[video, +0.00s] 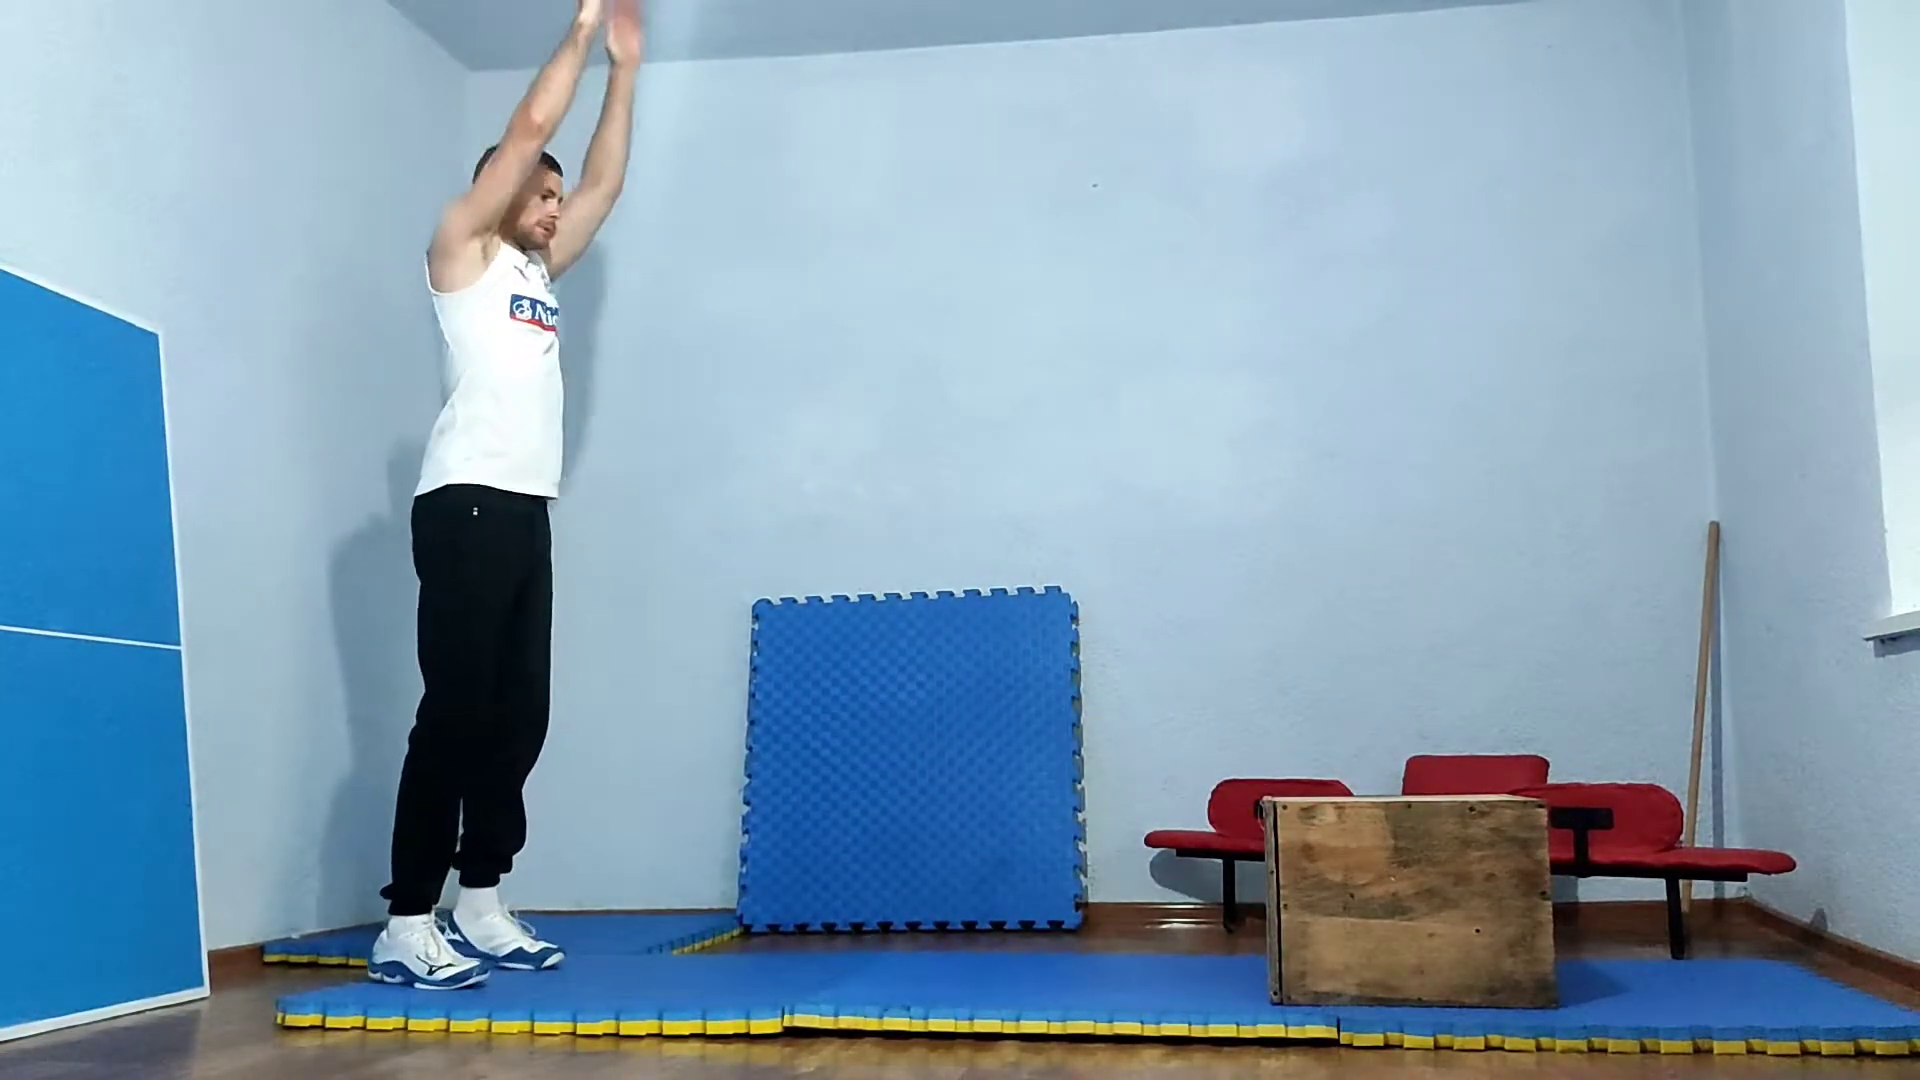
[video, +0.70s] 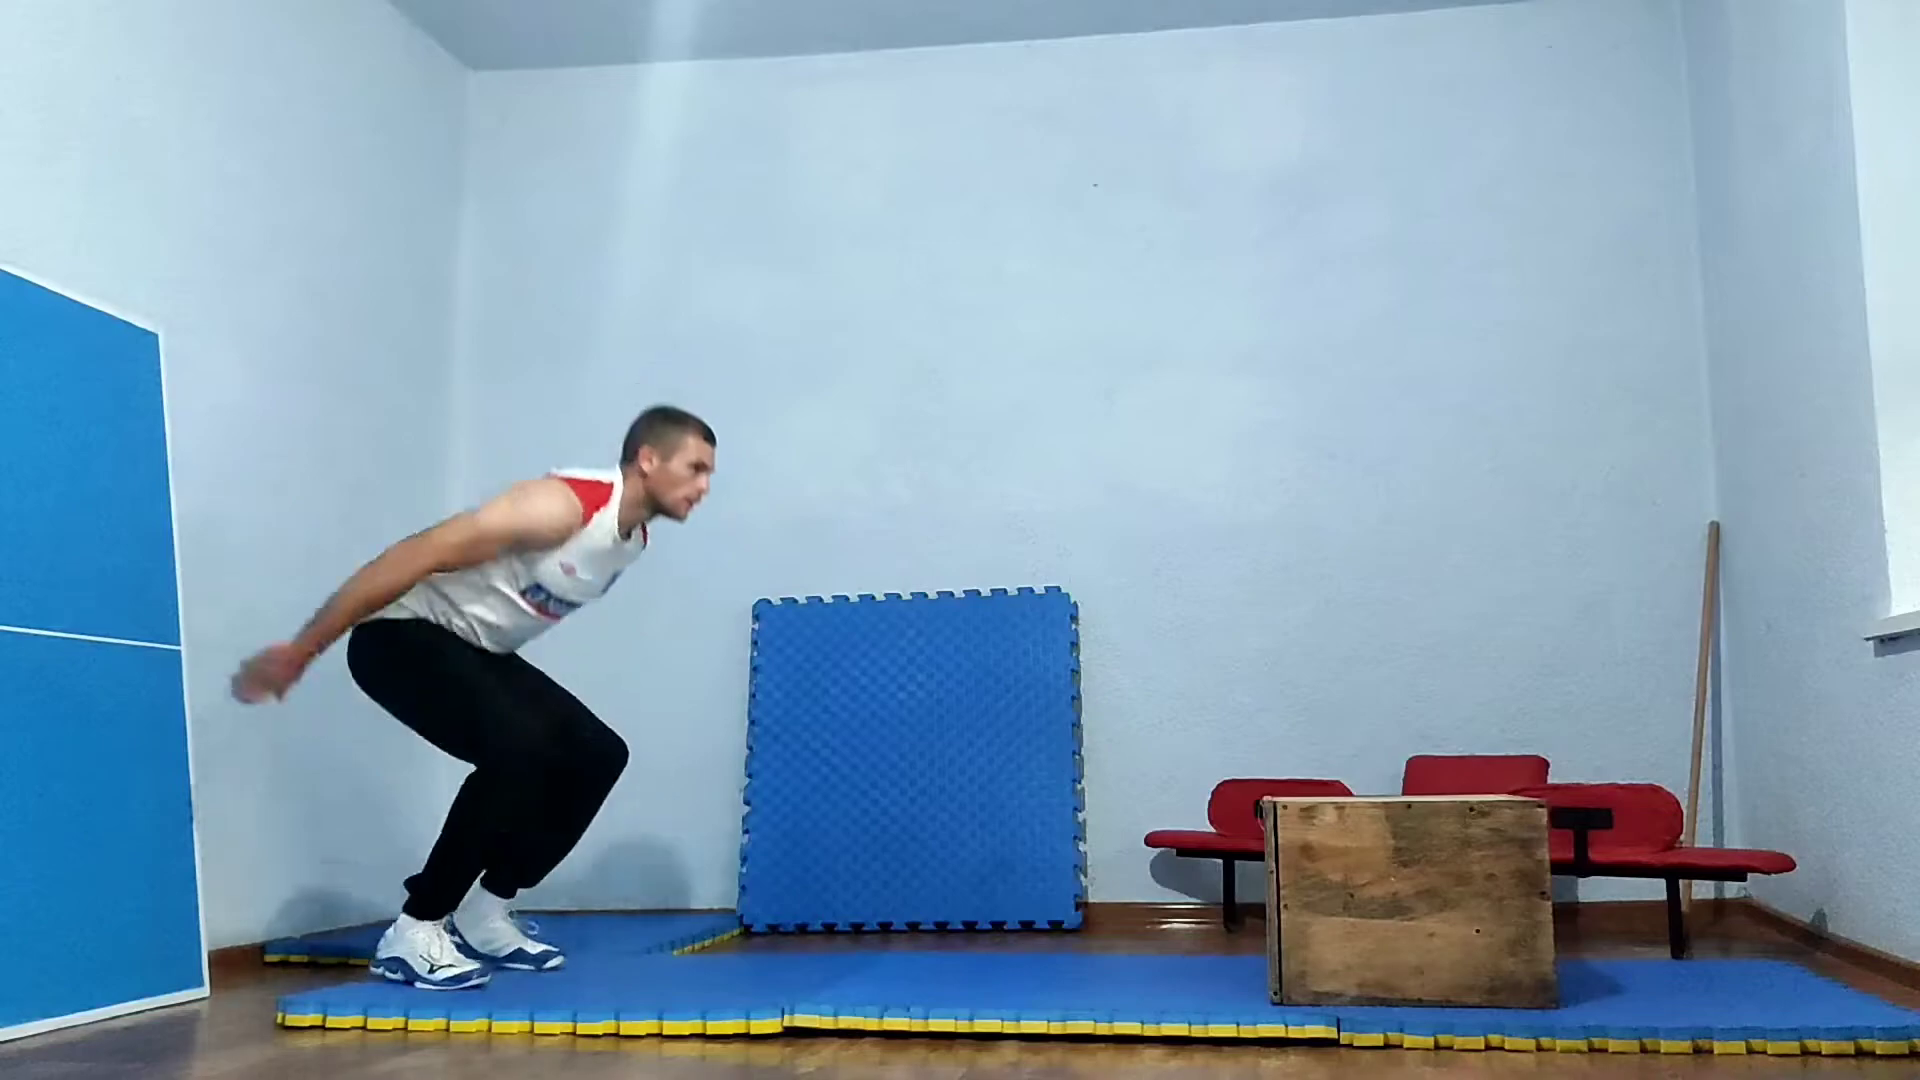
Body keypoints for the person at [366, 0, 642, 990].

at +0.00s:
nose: (555, 206)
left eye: (560, 195)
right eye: (541, 190)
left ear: (552, 209)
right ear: (498, 190)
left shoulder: (536, 272)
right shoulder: (465, 248)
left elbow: (603, 182)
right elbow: (531, 126)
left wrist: (624, 68)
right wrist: (585, 29)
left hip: (526, 517)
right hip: (465, 510)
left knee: (518, 719)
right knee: (457, 712)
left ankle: (478, 905)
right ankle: (406, 925)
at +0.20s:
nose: (576, 224)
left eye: (578, 210)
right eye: (566, 207)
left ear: (551, 215)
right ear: (515, 202)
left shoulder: (549, 296)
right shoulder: (472, 262)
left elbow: (655, 247)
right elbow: (580, 199)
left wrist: (724, 164)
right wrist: (677, 118)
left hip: (506, 534)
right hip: (442, 518)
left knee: (515, 724)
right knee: (455, 718)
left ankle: (472, 910)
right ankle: (405, 927)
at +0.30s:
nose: (592, 246)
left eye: (596, 234)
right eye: (582, 229)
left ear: (569, 237)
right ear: (532, 224)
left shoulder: (559, 314)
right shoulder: (474, 279)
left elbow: (678, 316)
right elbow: (594, 276)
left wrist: (775, 266)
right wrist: (718, 233)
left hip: (492, 544)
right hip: (427, 527)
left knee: (519, 723)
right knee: (454, 720)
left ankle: (473, 912)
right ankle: (405, 930)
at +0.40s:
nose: (616, 279)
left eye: (621, 268)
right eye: (607, 261)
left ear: (595, 273)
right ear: (556, 253)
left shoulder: (579, 349)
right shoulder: (498, 310)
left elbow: (666, 406)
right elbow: (573, 385)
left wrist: (780, 428)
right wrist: (686, 417)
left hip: (480, 554)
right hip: (413, 532)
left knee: (529, 722)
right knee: (459, 724)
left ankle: (474, 911)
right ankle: (406, 929)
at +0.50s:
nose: (648, 334)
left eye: (653, 322)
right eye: (639, 317)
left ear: (610, 316)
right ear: (591, 305)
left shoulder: (595, 406)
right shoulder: (520, 364)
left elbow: (640, 506)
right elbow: (520, 486)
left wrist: (720, 594)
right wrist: (578, 593)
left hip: (468, 572)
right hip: (401, 555)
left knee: (548, 730)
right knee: (474, 730)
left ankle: (476, 912)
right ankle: (407, 931)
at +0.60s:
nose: (681, 405)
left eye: (686, 392)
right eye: (672, 388)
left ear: (639, 390)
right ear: (622, 381)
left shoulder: (614, 472)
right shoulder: (539, 437)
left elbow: (590, 581)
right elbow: (451, 549)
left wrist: (592, 688)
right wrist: (404, 678)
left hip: (471, 602)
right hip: (400, 587)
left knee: (569, 741)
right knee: (498, 735)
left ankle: (480, 913)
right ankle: (411, 930)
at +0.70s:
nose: (705, 486)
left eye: (709, 474)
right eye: (696, 469)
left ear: (656, 469)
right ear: (646, 461)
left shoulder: (631, 534)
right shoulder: (557, 509)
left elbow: (520, 581)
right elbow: (420, 553)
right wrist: (301, 648)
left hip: (476, 651)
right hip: (401, 638)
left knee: (596, 754)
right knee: (523, 750)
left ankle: (482, 913)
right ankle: (416, 929)